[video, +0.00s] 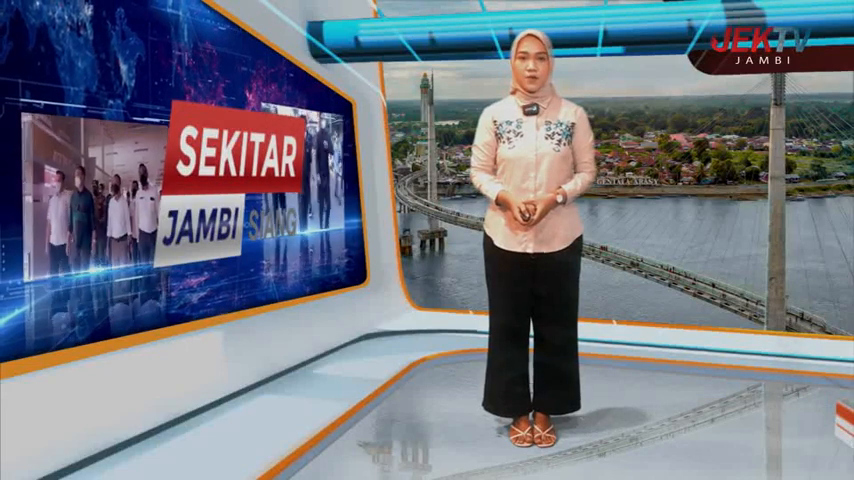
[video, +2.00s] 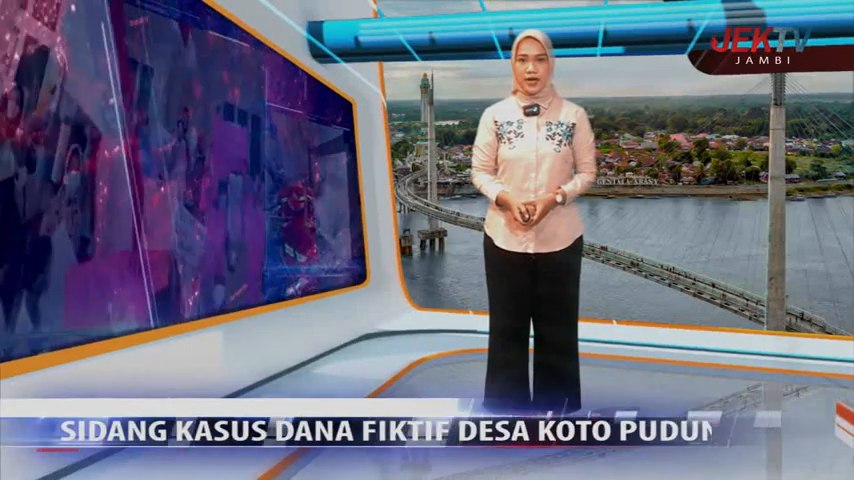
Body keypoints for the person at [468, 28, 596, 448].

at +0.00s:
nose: (532, 65)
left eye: (540, 58)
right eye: (523, 57)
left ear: (551, 64)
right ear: (512, 63)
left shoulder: (573, 115)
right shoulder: (493, 115)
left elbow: (587, 172)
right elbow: (479, 171)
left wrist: (555, 198)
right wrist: (506, 198)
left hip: (558, 241)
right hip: (505, 241)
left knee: (554, 328)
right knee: (510, 328)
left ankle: (543, 413)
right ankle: (519, 414)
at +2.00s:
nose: (531, 67)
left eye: (540, 59)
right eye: (523, 59)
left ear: (552, 65)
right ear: (513, 65)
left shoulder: (573, 116)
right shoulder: (494, 116)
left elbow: (587, 173)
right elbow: (480, 171)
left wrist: (553, 198)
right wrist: (507, 200)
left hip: (558, 243)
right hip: (506, 244)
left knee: (558, 338)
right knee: (507, 336)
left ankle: (558, 422)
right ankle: (506, 423)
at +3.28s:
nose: (532, 67)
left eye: (540, 59)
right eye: (523, 59)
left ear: (552, 65)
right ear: (513, 65)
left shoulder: (574, 116)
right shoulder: (494, 116)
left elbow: (587, 173)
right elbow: (481, 172)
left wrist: (554, 199)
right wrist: (509, 201)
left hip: (559, 243)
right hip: (506, 245)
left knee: (558, 338)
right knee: (508, 337)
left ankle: (557, 422)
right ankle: (506, 423)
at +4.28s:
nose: (531, 67)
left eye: (539, 59)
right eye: (523, 59)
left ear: (551, 65)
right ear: (513, 65)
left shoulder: (573, 116)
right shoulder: (494, 116)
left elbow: (587, 173)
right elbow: (479, 172)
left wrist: (553, 199)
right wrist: (508, 201)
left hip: (559, 243)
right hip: (506, 244)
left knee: (558, 338)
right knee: (507, 337)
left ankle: (558, 423)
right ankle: (506, 422)